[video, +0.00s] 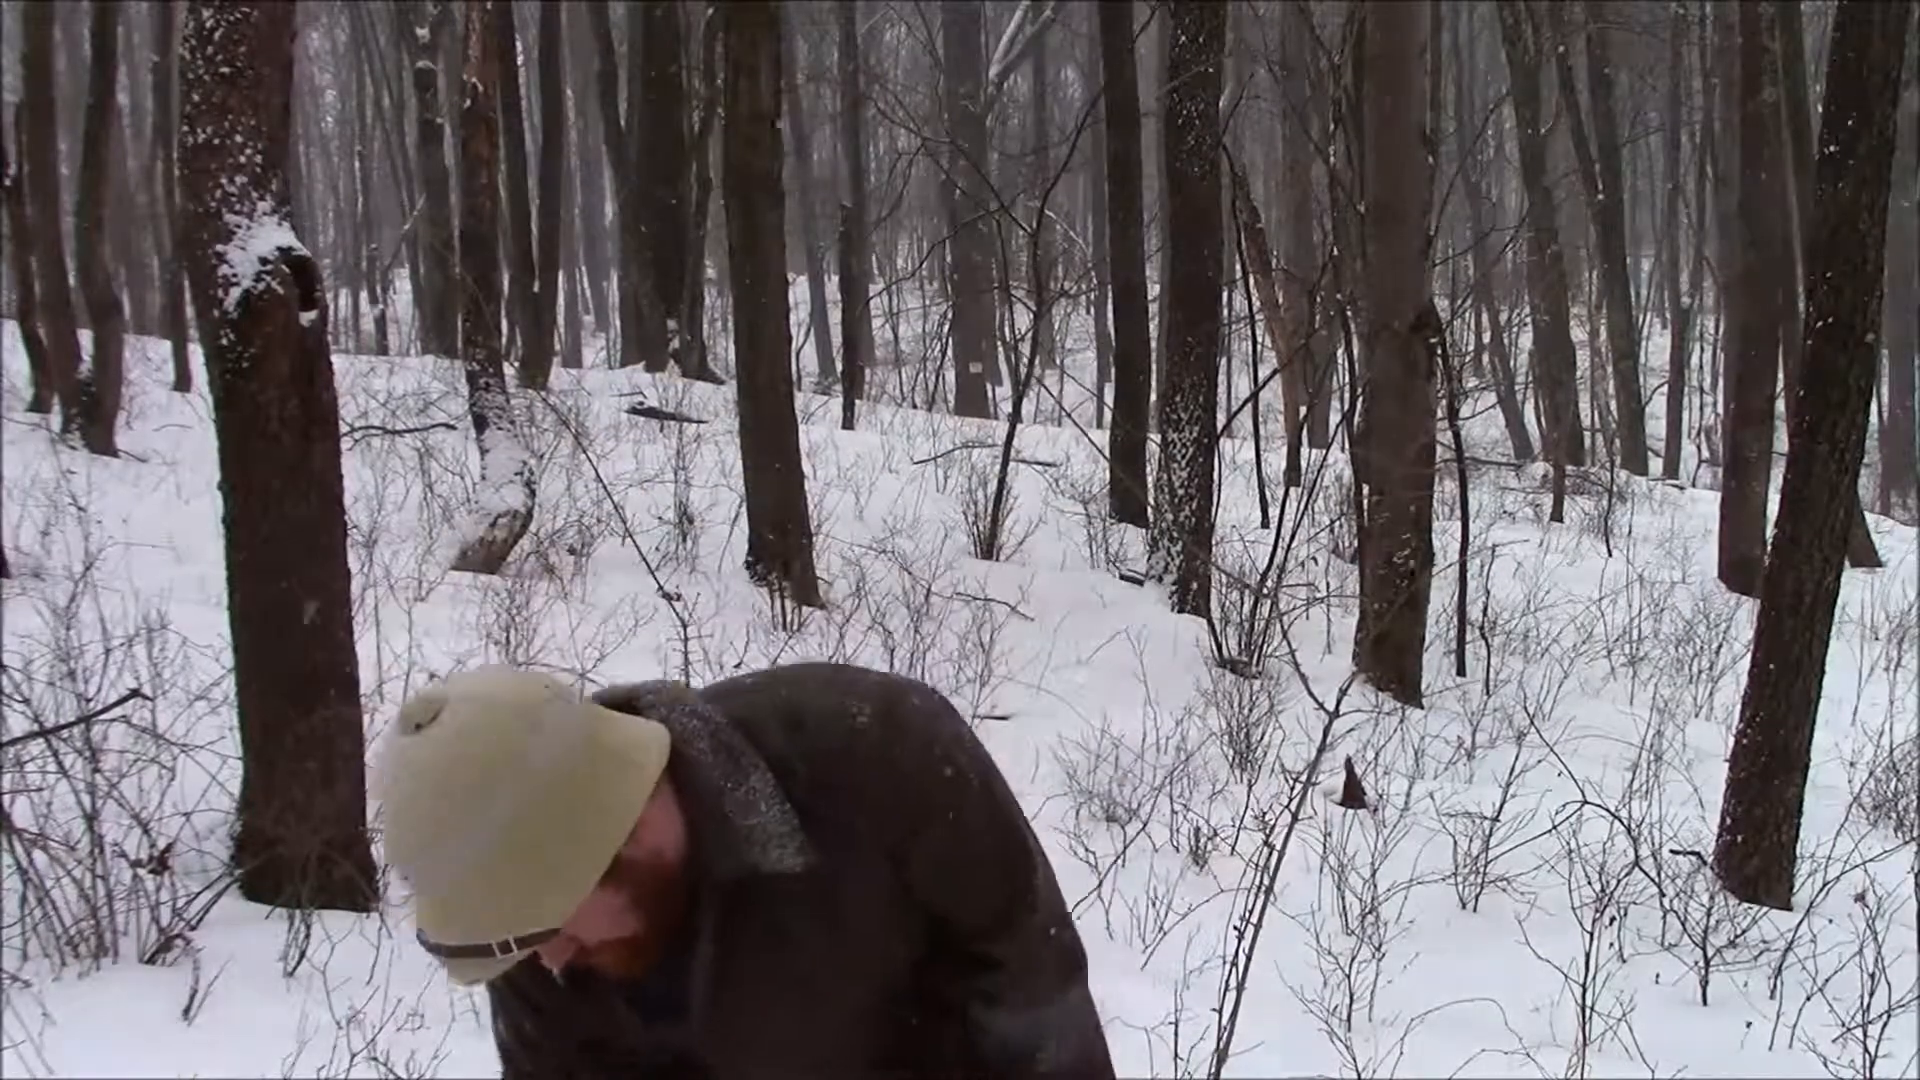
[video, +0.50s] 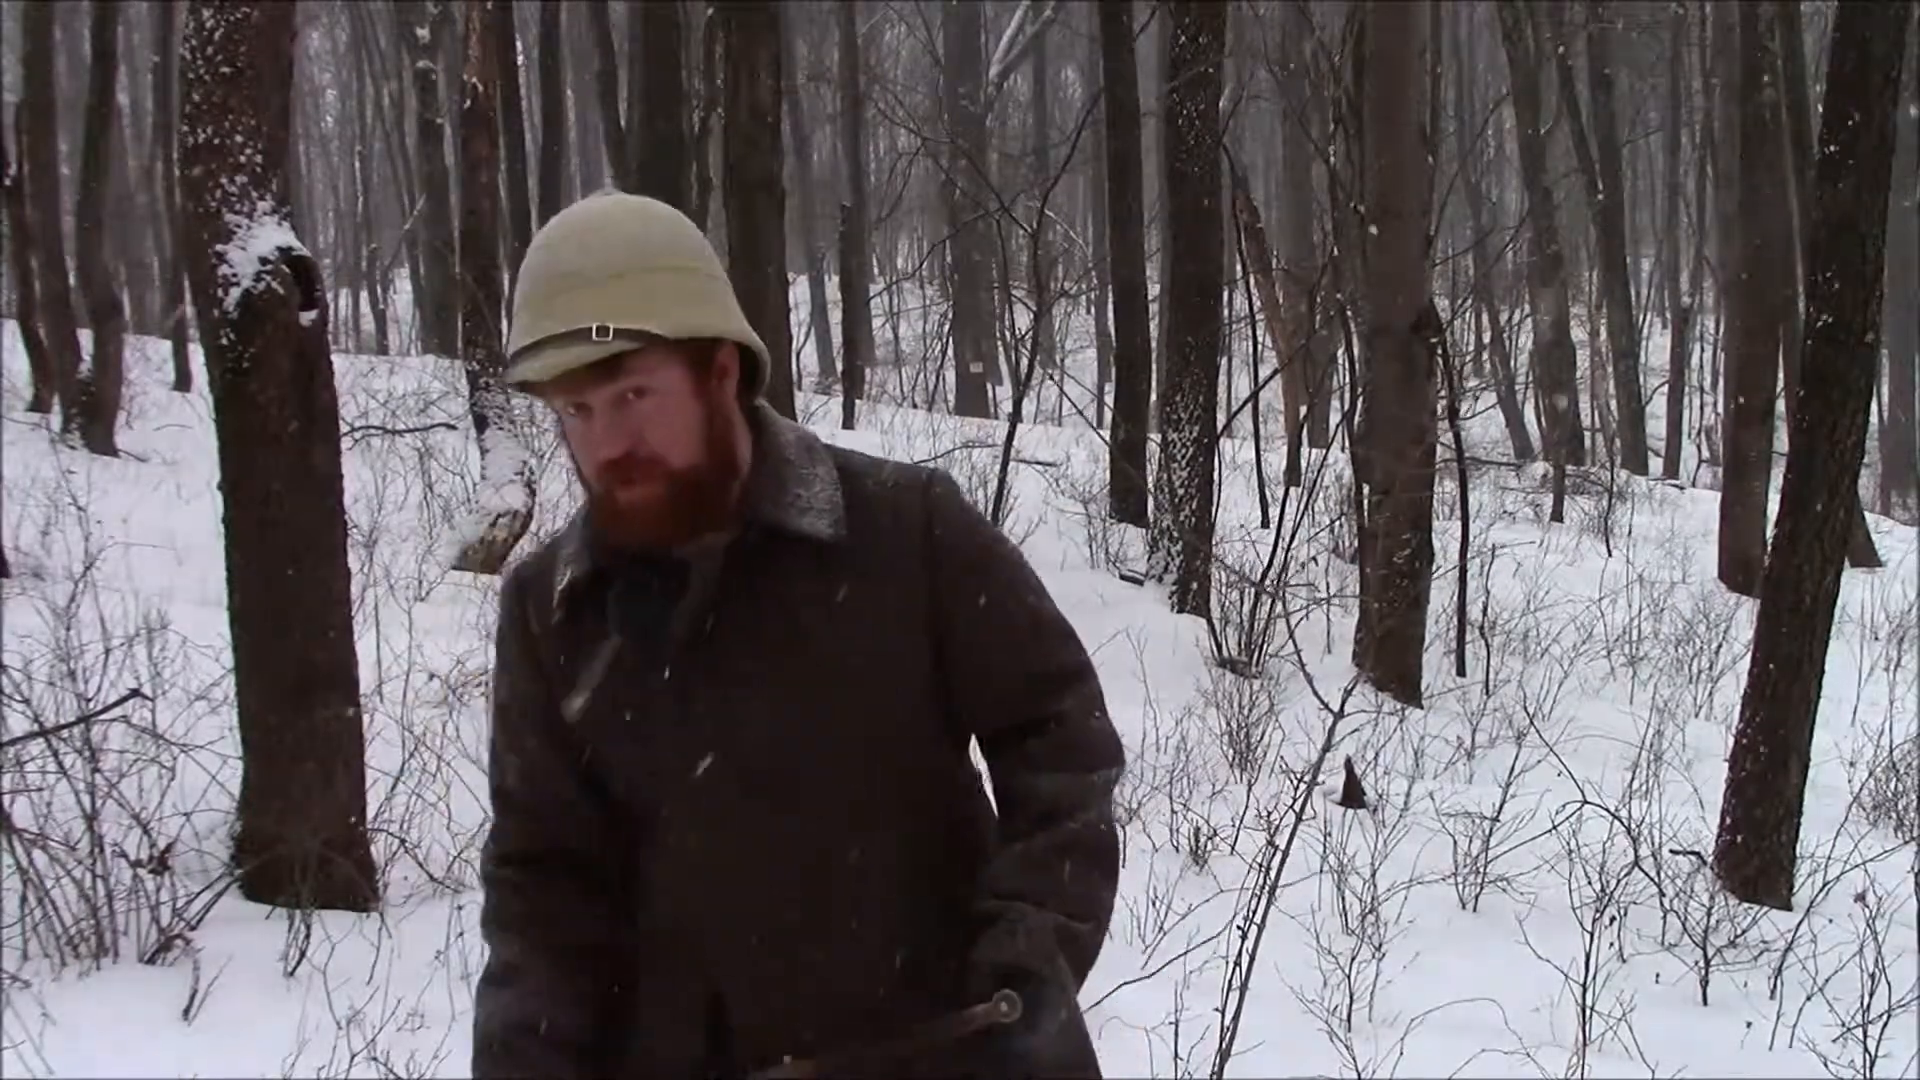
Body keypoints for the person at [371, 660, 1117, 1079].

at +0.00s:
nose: (555, 964)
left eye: (548, 925)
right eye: (522, 947)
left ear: (603, 836)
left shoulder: (886, 751)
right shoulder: (533, 978)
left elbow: (1030, 969)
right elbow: (549, 1070)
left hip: (942, 1041)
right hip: (755, 1048)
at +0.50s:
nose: (605, 447)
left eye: (632, 395)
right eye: (574, 412)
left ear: (723, 371)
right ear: (553, 420)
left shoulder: (912, 532)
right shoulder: (547, 603)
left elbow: (1061, 743)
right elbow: (542, 884)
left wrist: (1029, 969)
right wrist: (526, 1059)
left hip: (927, 1038)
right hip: (678, 1057)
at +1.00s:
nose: (666, 286)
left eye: (696, 248)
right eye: (636, 257)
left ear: (773, 261)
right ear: (602, 283)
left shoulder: (902, 465)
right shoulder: (541, 481)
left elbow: (959, 691)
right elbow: (448, 689)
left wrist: (746, 801)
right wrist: (288, 826)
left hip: (862, 1003)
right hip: (619, 1014)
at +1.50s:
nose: (802, 292)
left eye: (828, 254)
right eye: (767, 263)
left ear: (894, 267)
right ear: (727, 295)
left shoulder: (1038, 455)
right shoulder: (670, 507)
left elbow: (1164, 633)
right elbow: (634, 760)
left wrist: (1132, 774)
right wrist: (636, 963)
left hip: (1016, 998)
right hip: (762, 1015)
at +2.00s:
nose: (726, 502)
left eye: (739, 450)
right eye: (681, 471)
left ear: (800, 400)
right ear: (637, 480)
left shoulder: (981, 497)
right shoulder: (635, 682)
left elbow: (1137, 607)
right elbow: (695, 963)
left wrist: (1144, 781)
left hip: (1084, 990)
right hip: (857, 1050)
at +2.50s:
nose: (574, 973)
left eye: (579, 922)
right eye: (523, 958)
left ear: (639, 818)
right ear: (463, 938)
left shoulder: (836, 763)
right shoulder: (479, 976)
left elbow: (1005, 935)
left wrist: (1006, 1061)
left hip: (907, 1046)